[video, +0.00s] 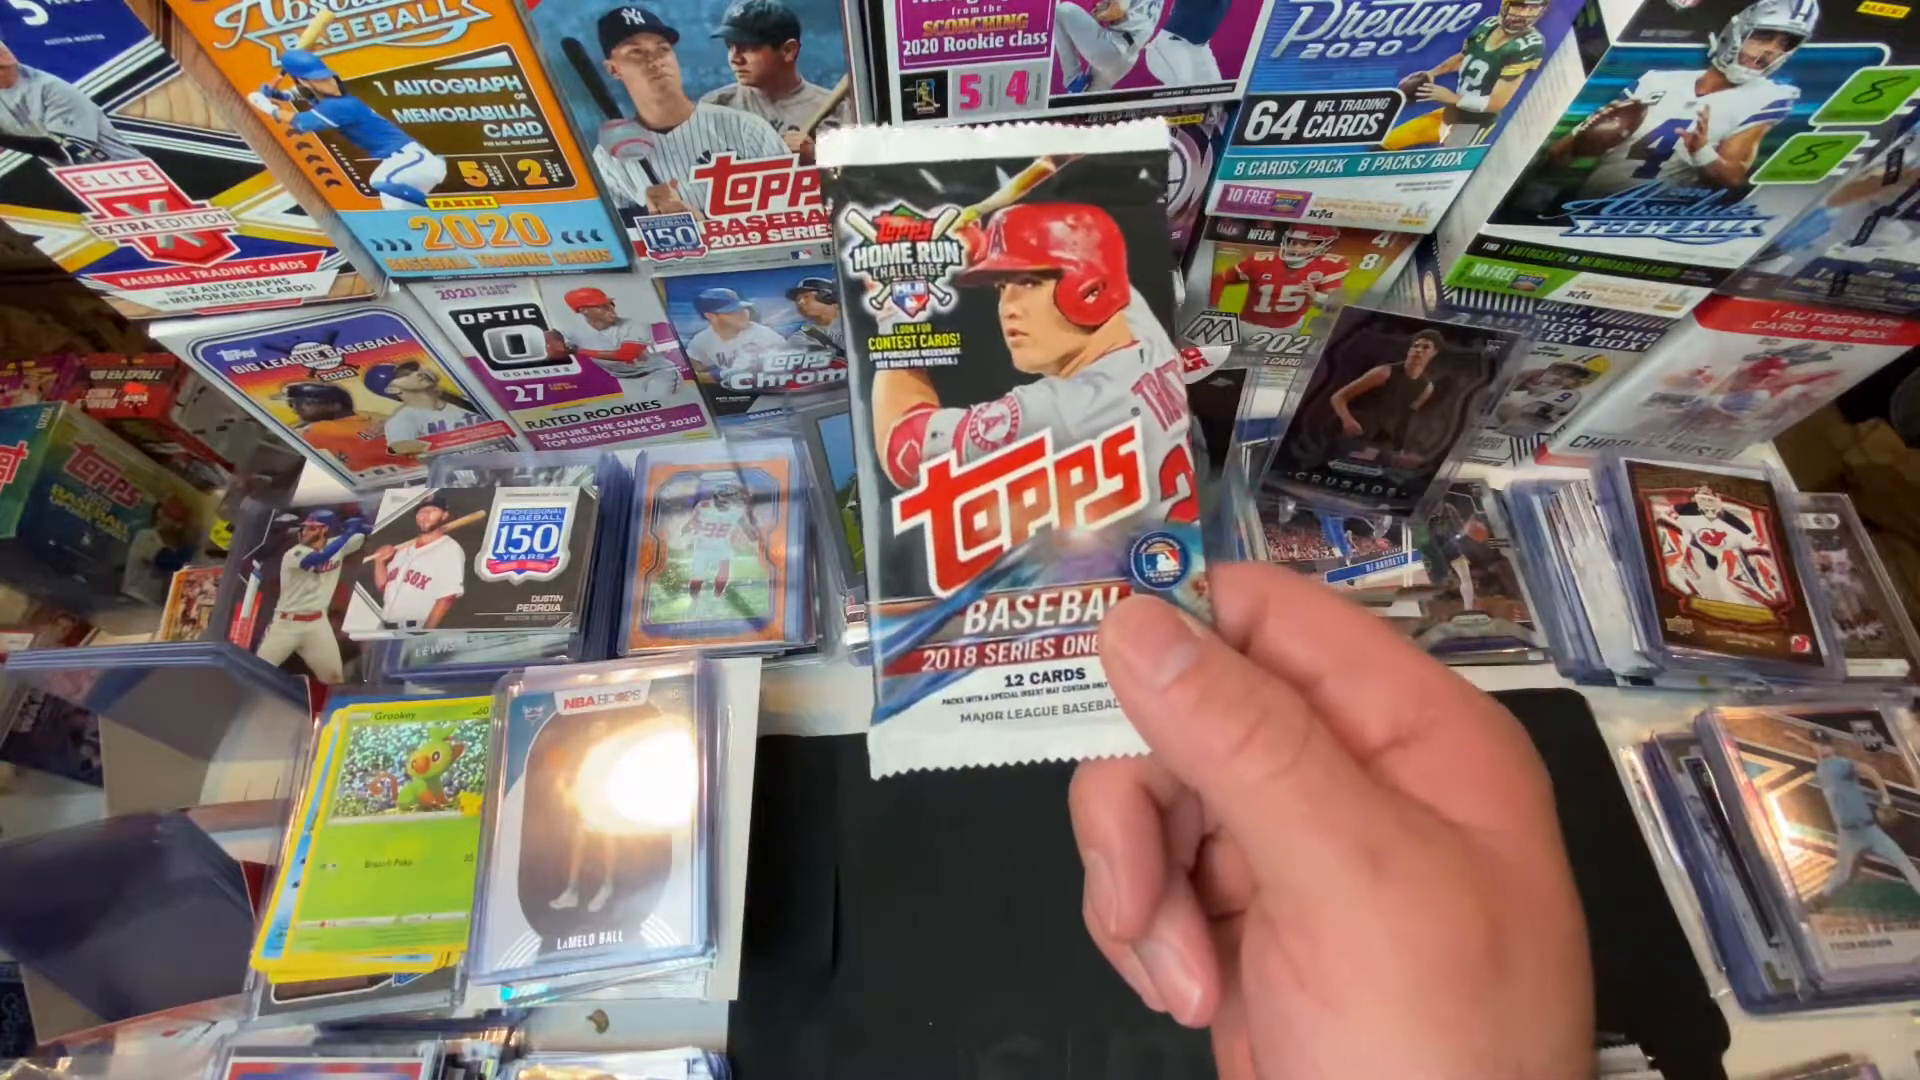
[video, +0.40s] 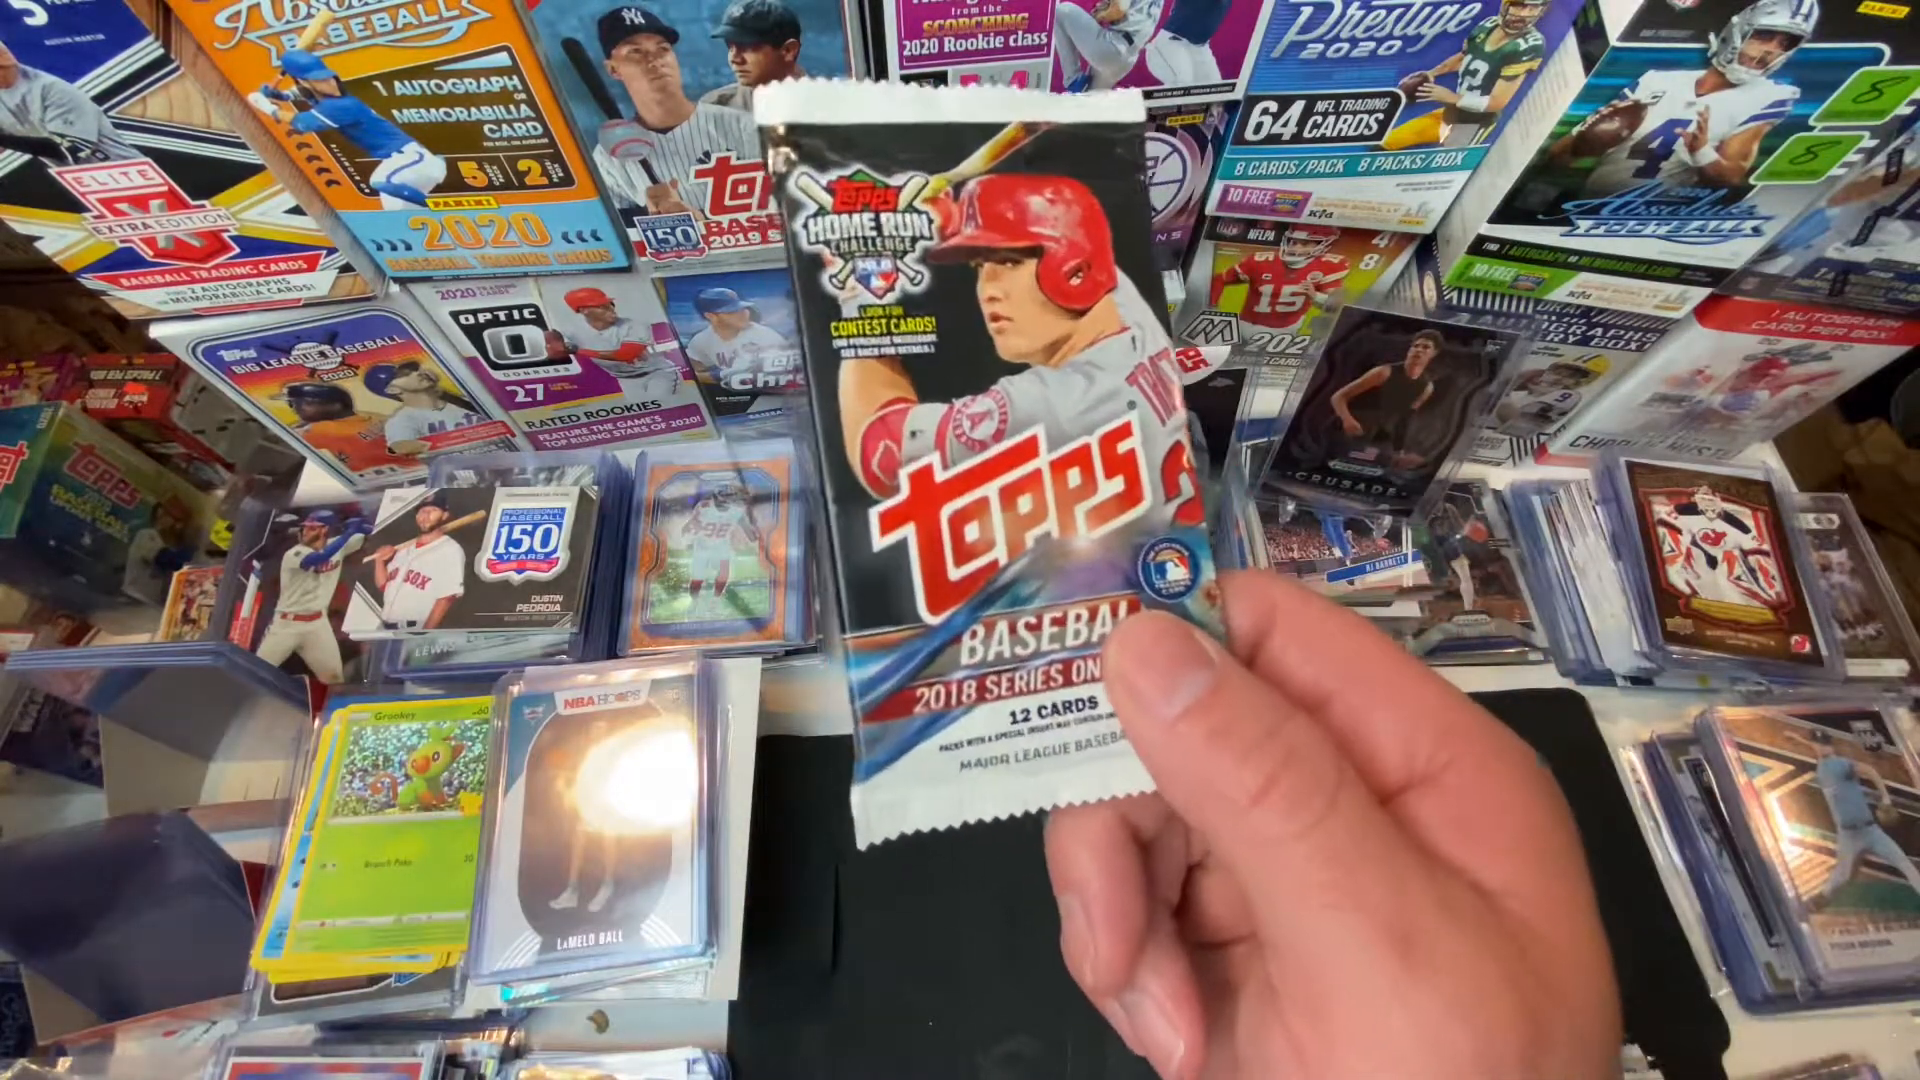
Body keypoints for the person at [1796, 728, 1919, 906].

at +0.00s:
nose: (1823, 750)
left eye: (1826, 744)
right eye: (1819, 746)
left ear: (1831, 745)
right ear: (1814, 748)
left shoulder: (1841, 764)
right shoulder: (1823, 768)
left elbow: (1870, 771)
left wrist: (1885, 796)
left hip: (1869, 827)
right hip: (1846, 833)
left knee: (1901, 859)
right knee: (1843, 874)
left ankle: (1918, 888)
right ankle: (1820, 899)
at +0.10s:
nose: (1824, 750)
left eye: (1826, 745)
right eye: (1819, 746)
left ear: (1832, 745)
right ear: (1814, 748)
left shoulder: (1840, 764)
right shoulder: (1823, 769)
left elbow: (1870, 771)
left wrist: (1885, 796)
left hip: (1869, 828)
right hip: (1847, 833)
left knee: (1902, 861)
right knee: (1844, 874)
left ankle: (1918, 889)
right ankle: (1820, 899)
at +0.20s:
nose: (1823, 748)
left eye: (1826, 744)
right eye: (1819, 744)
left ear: (1831, 745)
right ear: (1814, 747)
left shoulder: (1839, 764)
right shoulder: (1822, 768)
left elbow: (1870, 771)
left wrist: (1885, 797)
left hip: (1870, 828)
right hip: (1847, 833)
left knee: (1903, 862)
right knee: (1843, 875)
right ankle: (1819, 899)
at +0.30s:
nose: (1822, 749)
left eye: (1825, 744)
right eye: (1818, 745)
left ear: (1831, 745)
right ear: (1815, 748)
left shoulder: (1840, 764)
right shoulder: (1823, 768)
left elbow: (1870, 771)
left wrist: (1885, 797)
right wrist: (1795, 737)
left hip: (1870, 828)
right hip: (1847, 833)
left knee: (1903, 862)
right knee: (1842, 875)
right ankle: (1820, 899)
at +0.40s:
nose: (1823, 748)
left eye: (1825, 744)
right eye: (1818, 744)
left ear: (1830, 744)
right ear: (1814, 747)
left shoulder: (1839, 764)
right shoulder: (1822, 768)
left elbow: (1870, 771)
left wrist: (1885, 797)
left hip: (1870, 828)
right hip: (1847, 834)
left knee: (1903, 863)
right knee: (1843, 875)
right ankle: (1820, 899)